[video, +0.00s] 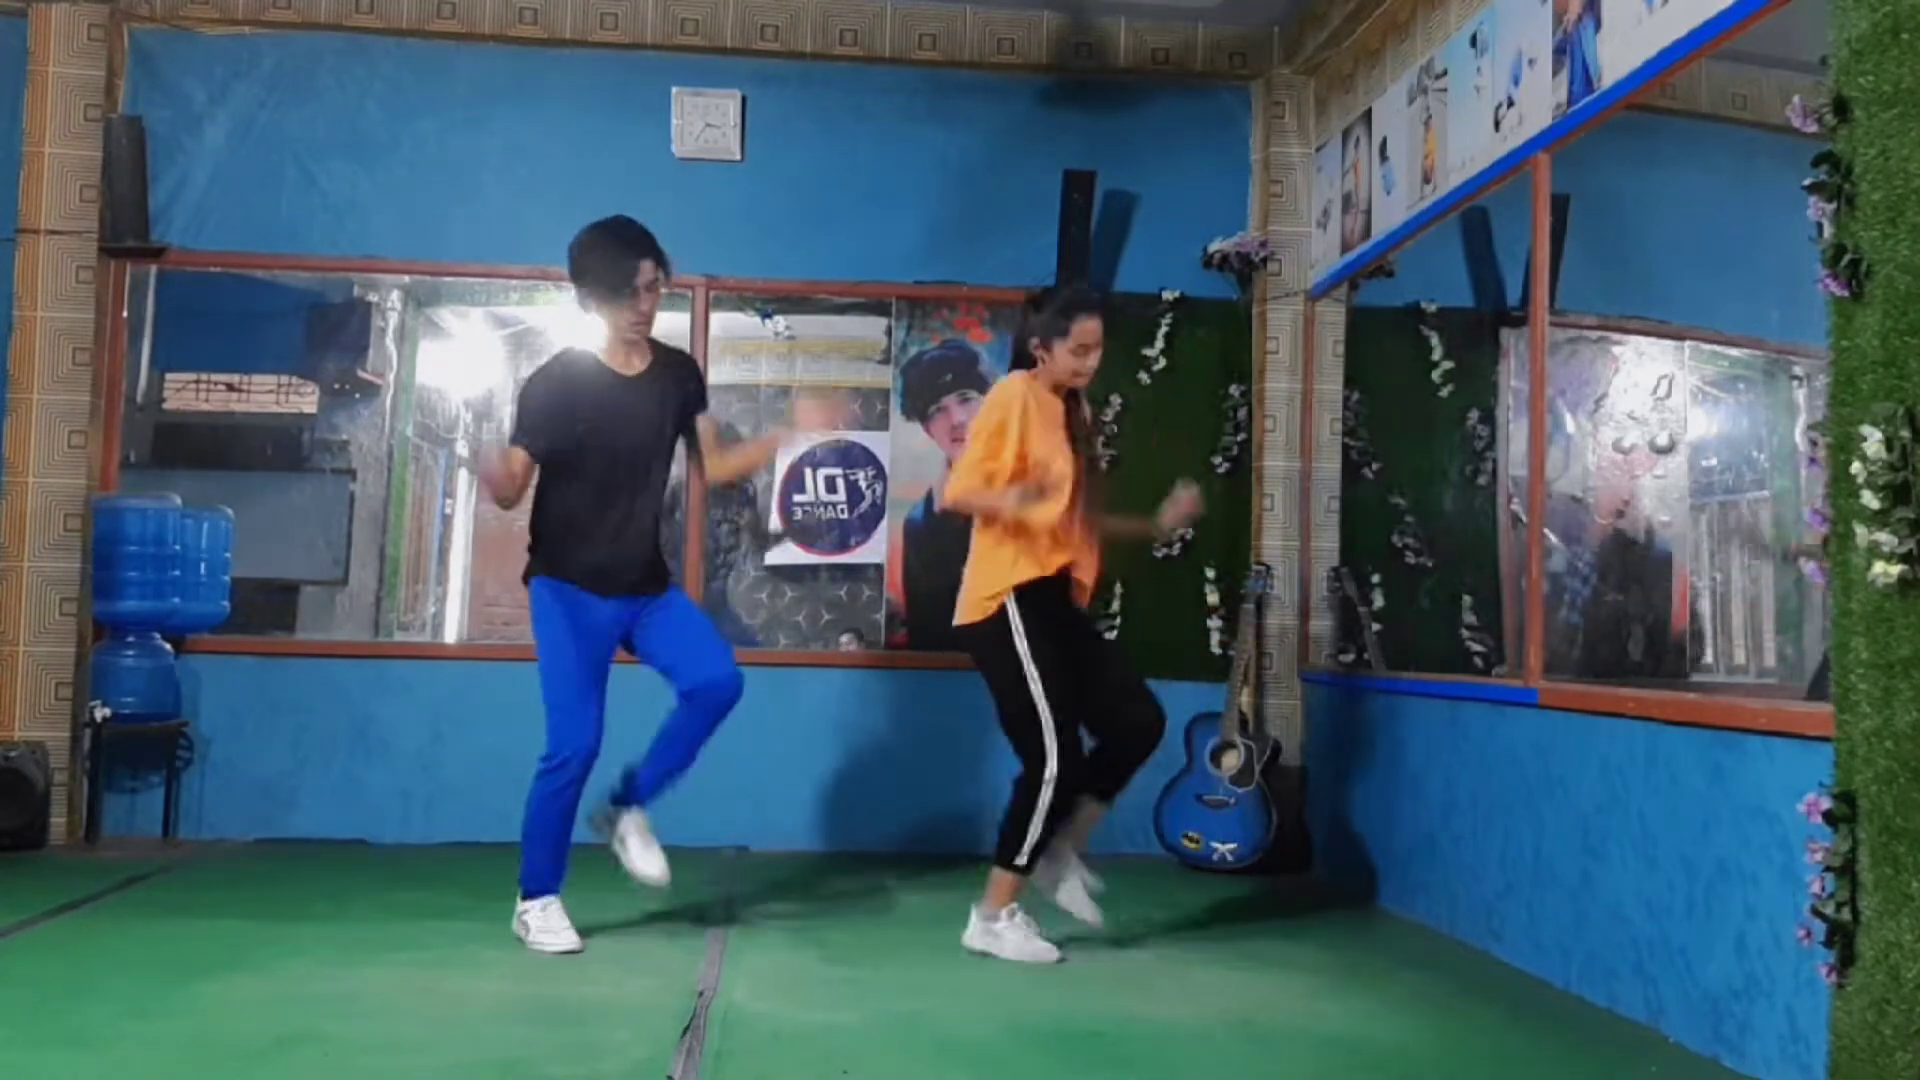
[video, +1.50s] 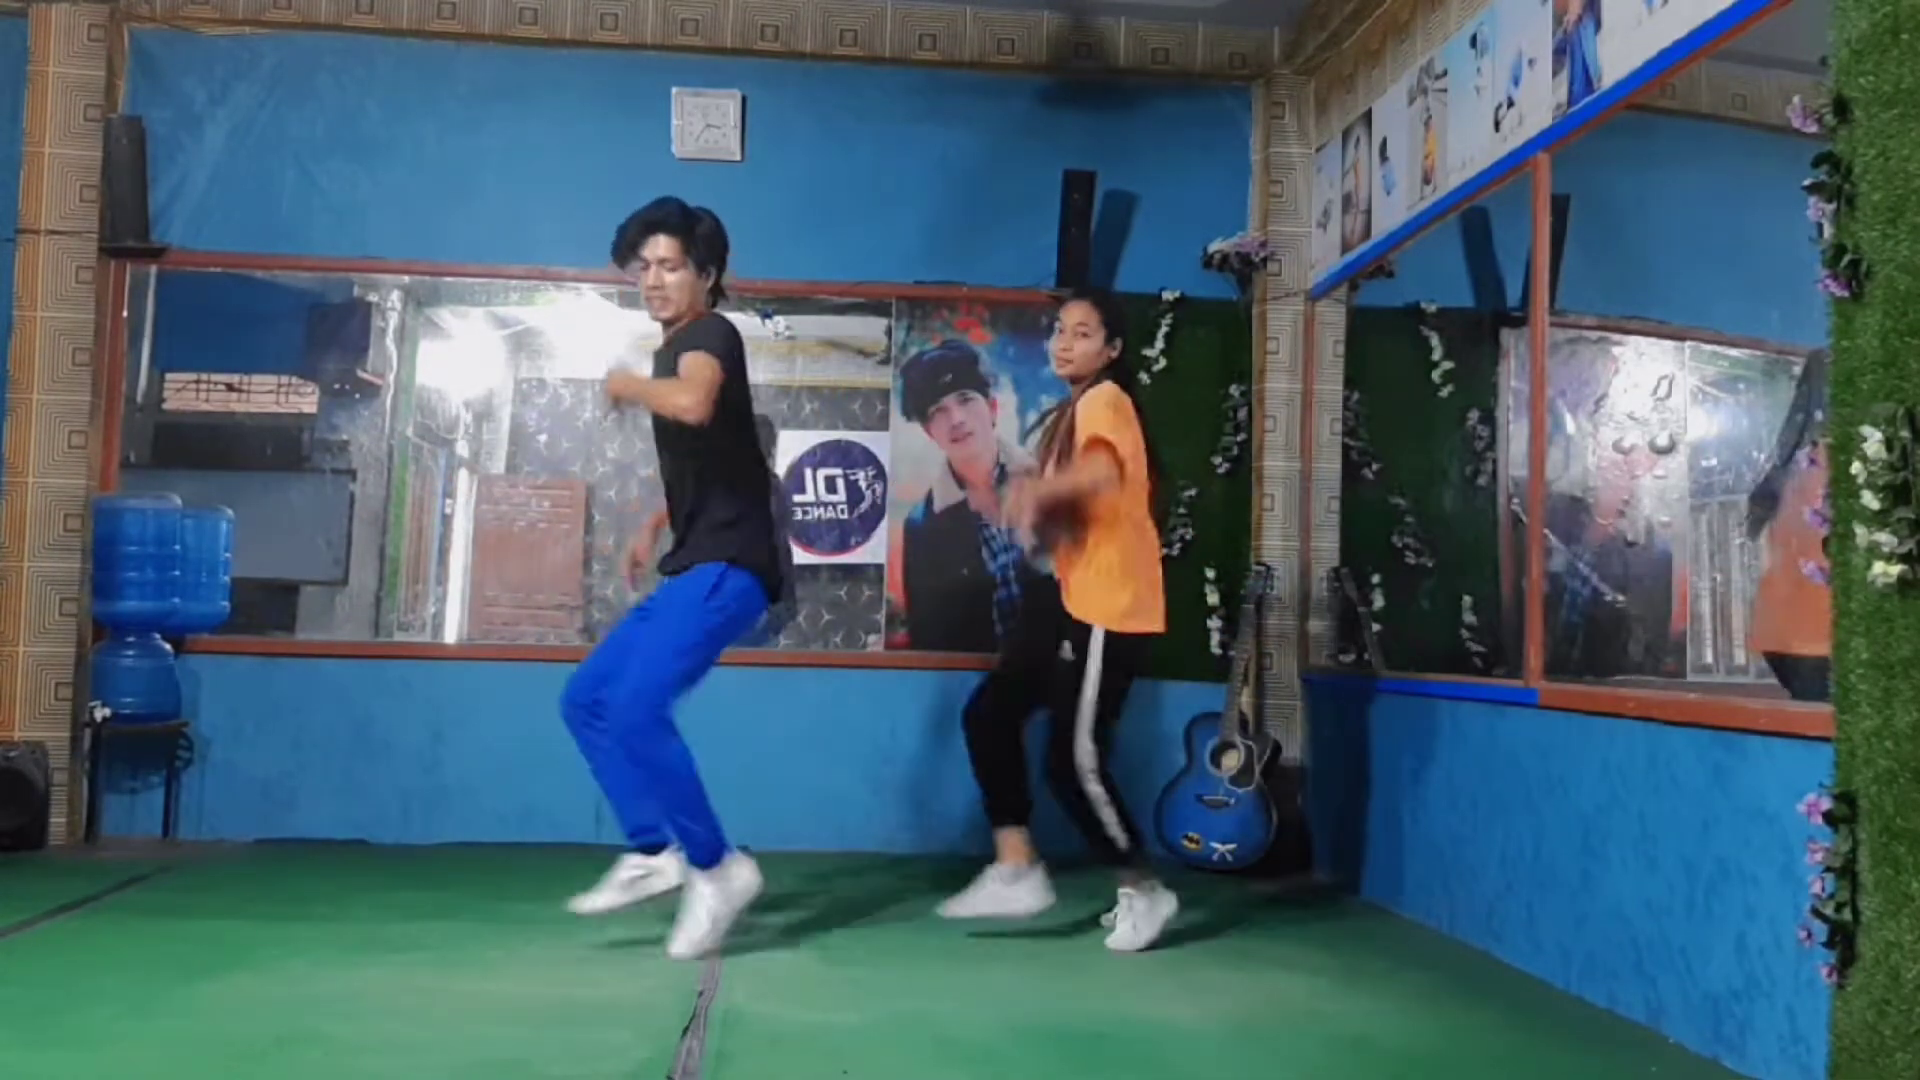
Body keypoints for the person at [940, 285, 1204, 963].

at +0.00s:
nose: (1090, 361)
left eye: (1097, 349)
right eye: (1079, 349)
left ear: (1101, 350)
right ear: (1041, 347)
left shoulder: (1068, 412)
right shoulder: (1014, 397)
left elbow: (1073, 520)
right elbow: (958, 491)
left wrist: (1155, 527)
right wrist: (1017, 500)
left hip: (1052, 596)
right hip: (1006, 600)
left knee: (1139, 725)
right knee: (1054, 756)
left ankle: (1059, 850)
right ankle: (994, 913)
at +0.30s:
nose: (1067, 384)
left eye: (1072, 370)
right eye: (1054, 370)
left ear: (1075, 374)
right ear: (1017, 374)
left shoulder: (1042, 442)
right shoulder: (991, 431)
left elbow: (1041, 561)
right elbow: (927, 519)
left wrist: (1117, 592)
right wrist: (909, 590)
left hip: (1016, 625)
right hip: (986, 626)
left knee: (1027, 783)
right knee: (1097, 742)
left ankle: (927, 902)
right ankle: (1124, 906)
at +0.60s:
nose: (1025, 321)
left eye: (1042, 313)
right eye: (1017, 305)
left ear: (1060, 326)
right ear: (998, 307)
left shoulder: (1082, 392)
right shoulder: (951, 380)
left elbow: (1122, 475)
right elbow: (902, 462)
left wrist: (1180, 519)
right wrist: (913, 486)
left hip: (1051, 573)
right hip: (972, 565)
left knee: (1036, 723)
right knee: (953, 723)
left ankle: (1016, 839)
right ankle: (936, 883)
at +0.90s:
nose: (1009, 371)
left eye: (1023, 359)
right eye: (1004, 359)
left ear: (1060, 361)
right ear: (1002, 360)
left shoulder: (1078, 421)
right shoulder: (1027, 426)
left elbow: (1078, 533)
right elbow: (1003, 528)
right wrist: (926, 527)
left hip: (1061, 628)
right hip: (1015, 619)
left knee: (1004, 762)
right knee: (909, 718)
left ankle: (1048, 907)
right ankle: (927, 873)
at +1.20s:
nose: (1051, 359)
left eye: (1065, 347)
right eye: (1045, 347)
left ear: (1100, 352)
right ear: (1041, 352)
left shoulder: (1108, 420)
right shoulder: (1063, 420)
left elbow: (1130, 523)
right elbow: (1056, 525)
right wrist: (999, 559)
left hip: (1080, 622)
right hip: (1052, 616)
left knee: (999, 751)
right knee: (1059, 758)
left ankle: (925, 900)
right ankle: (1105, 899)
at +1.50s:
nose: (1066, 343)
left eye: (1082, 334)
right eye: (1060, 332)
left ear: (1111, 348)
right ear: (1053, 344)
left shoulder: (1102, 401)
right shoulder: (1071, 415)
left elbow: (1103, 472)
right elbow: (1080, 505)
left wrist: (1036, 491)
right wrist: (1033, 502)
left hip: (1112, 608)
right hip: (1072, 604)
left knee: (1076, 754)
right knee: (987, 716)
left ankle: (1142, 889)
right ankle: (1015, 870)